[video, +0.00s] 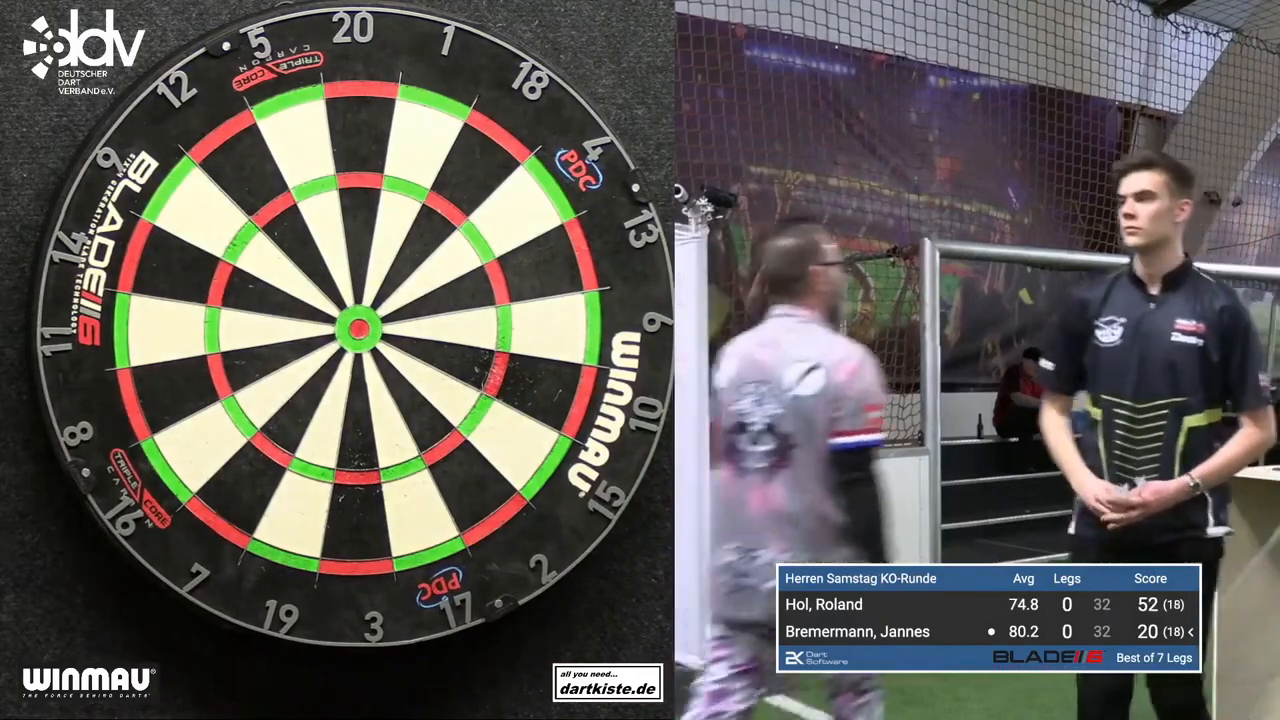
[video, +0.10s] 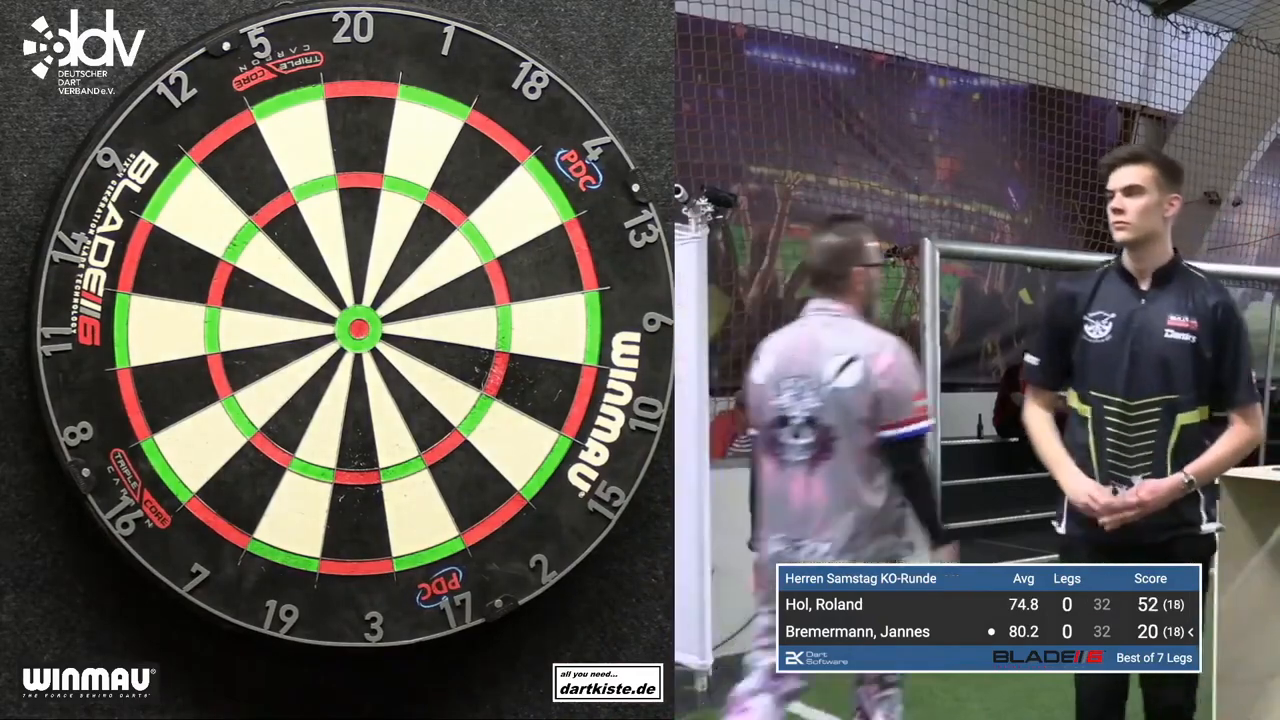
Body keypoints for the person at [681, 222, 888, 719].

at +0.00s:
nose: (844, 274)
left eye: (841, 263)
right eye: (837, 264)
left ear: (773, 278)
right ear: (813, 275)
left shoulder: (732, 355)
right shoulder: (848, 361)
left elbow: (723, 456)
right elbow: (856, 482)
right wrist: (879, 574)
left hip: (740, 559)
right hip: (825, 566)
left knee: (725, 686)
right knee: (856, 685)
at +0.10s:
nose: (879, 276)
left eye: (878, 265)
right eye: (876, 266)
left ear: (816, 273)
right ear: (859, 275)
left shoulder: (768, 352)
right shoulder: (882, 353)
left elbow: (762, 460)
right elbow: (907, 461)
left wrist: (761, 546)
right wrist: (941, 537)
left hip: (784, 549)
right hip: (866, 551)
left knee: (770, 673)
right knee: (879, 679)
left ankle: (746, 714)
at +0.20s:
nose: (901, 275)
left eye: (899, 263)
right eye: (896, 264)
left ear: (835, 270)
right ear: (877, 273)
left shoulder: (789, 351)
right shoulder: (904, 350)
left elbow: (769, 458)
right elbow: (940, 452)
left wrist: (760, 538)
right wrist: (978, 524)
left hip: (804, 550)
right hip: (887, 555)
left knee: (801, 672)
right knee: (887, 678)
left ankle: (779, 713)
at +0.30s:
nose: (919, 275)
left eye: (916, 265)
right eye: (916, 266)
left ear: (860, 272)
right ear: (905, 274)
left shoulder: (819, 350)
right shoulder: (933, 347)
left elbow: (791, 451)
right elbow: (979, 439)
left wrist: (770, 529)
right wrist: (1022, 495)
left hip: (837, 546)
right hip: (913, 548)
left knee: (853, 674)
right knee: (903, 679)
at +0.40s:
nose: (950, 278)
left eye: (947, 268)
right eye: (945, 269)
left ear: (887, 277)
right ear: (928, 276)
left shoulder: (849, 352)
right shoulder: (956, 347)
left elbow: (820, 448)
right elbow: (1003, 436)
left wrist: (800, 531)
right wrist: (1039, 503)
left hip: (865, 542)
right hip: (936, 542)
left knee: (900, 662)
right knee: (919, 668)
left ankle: (894, 714)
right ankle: (897, 716)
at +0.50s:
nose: (967, 278)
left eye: (963, 268)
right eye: (961, 269)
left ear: (905, 280)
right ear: (945, 279)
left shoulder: (867, 355)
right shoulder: (973, 349)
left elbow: (843, 449)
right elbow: (1006, 440)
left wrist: (830, 532)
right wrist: (1018, 513)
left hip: (882, 540)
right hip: (952, 540)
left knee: (933, 659)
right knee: (928, 663)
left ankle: (957, 713)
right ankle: (901, 714)